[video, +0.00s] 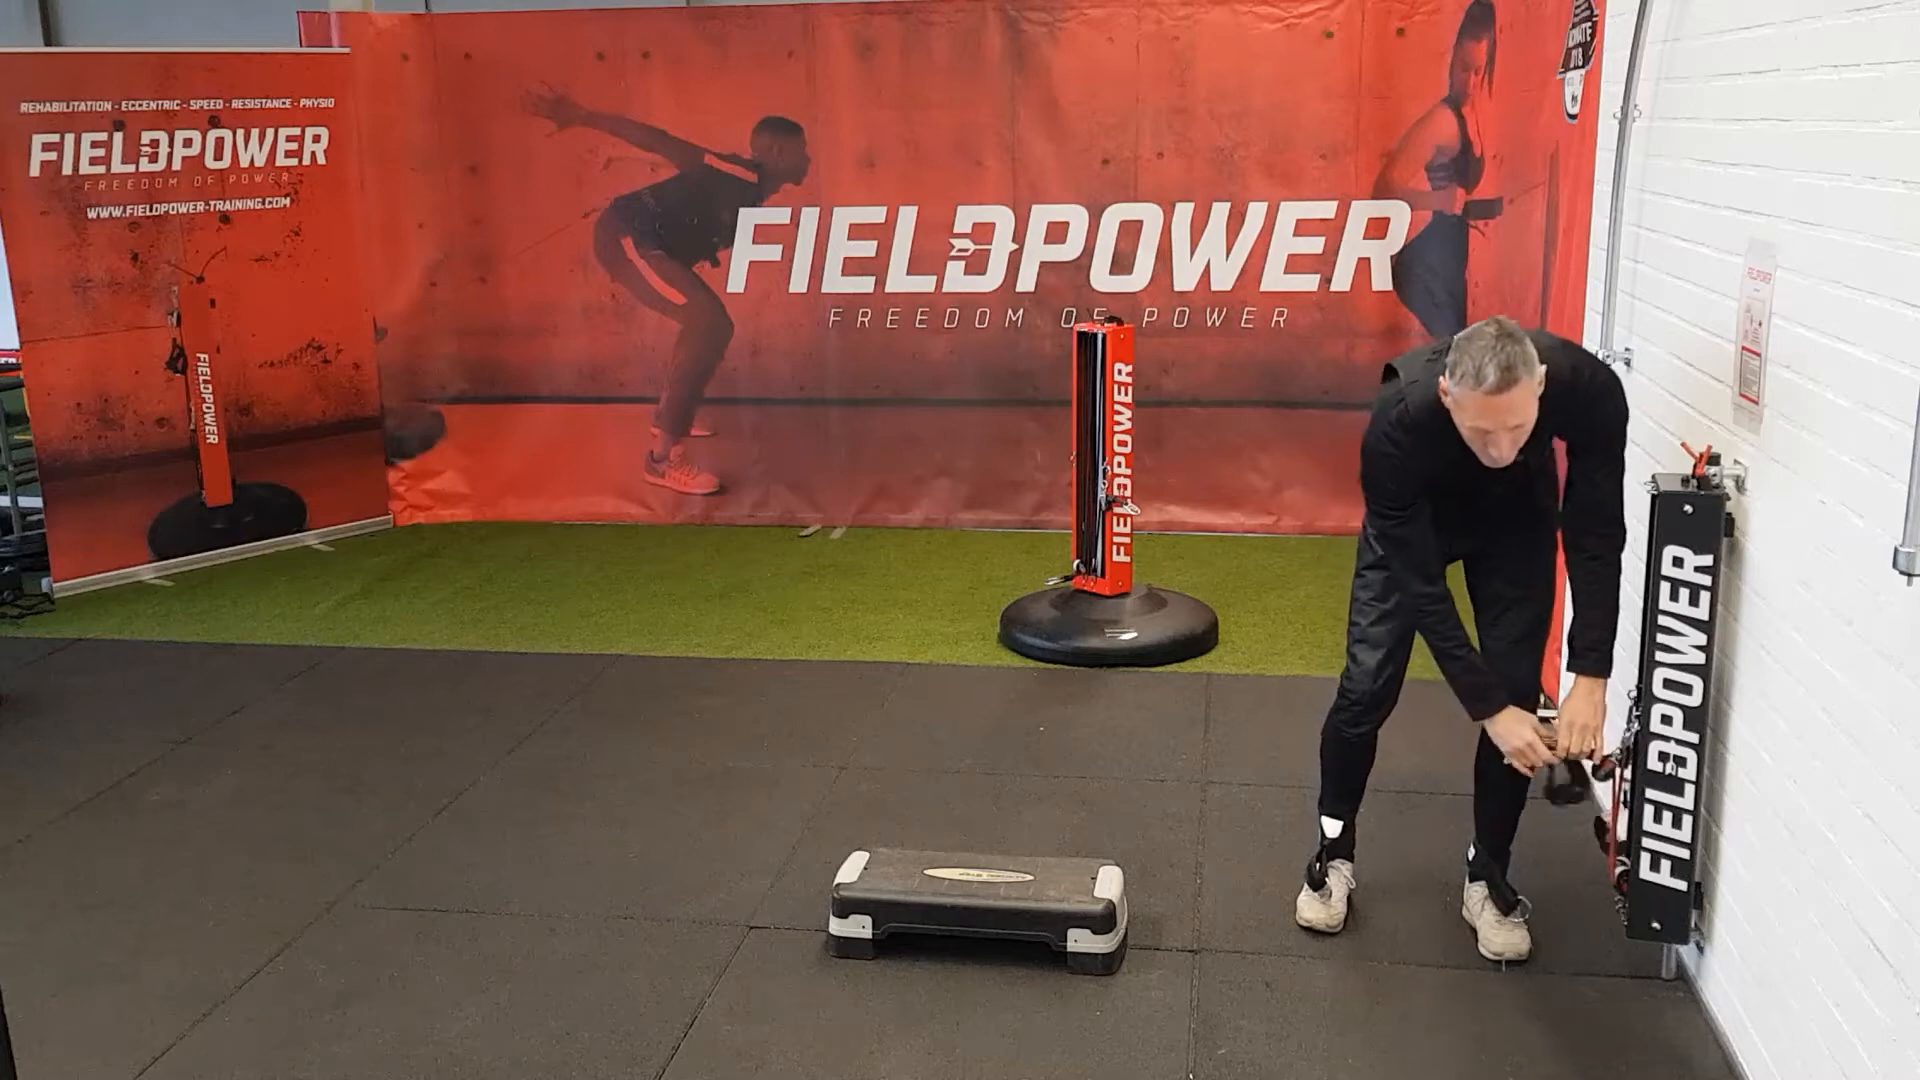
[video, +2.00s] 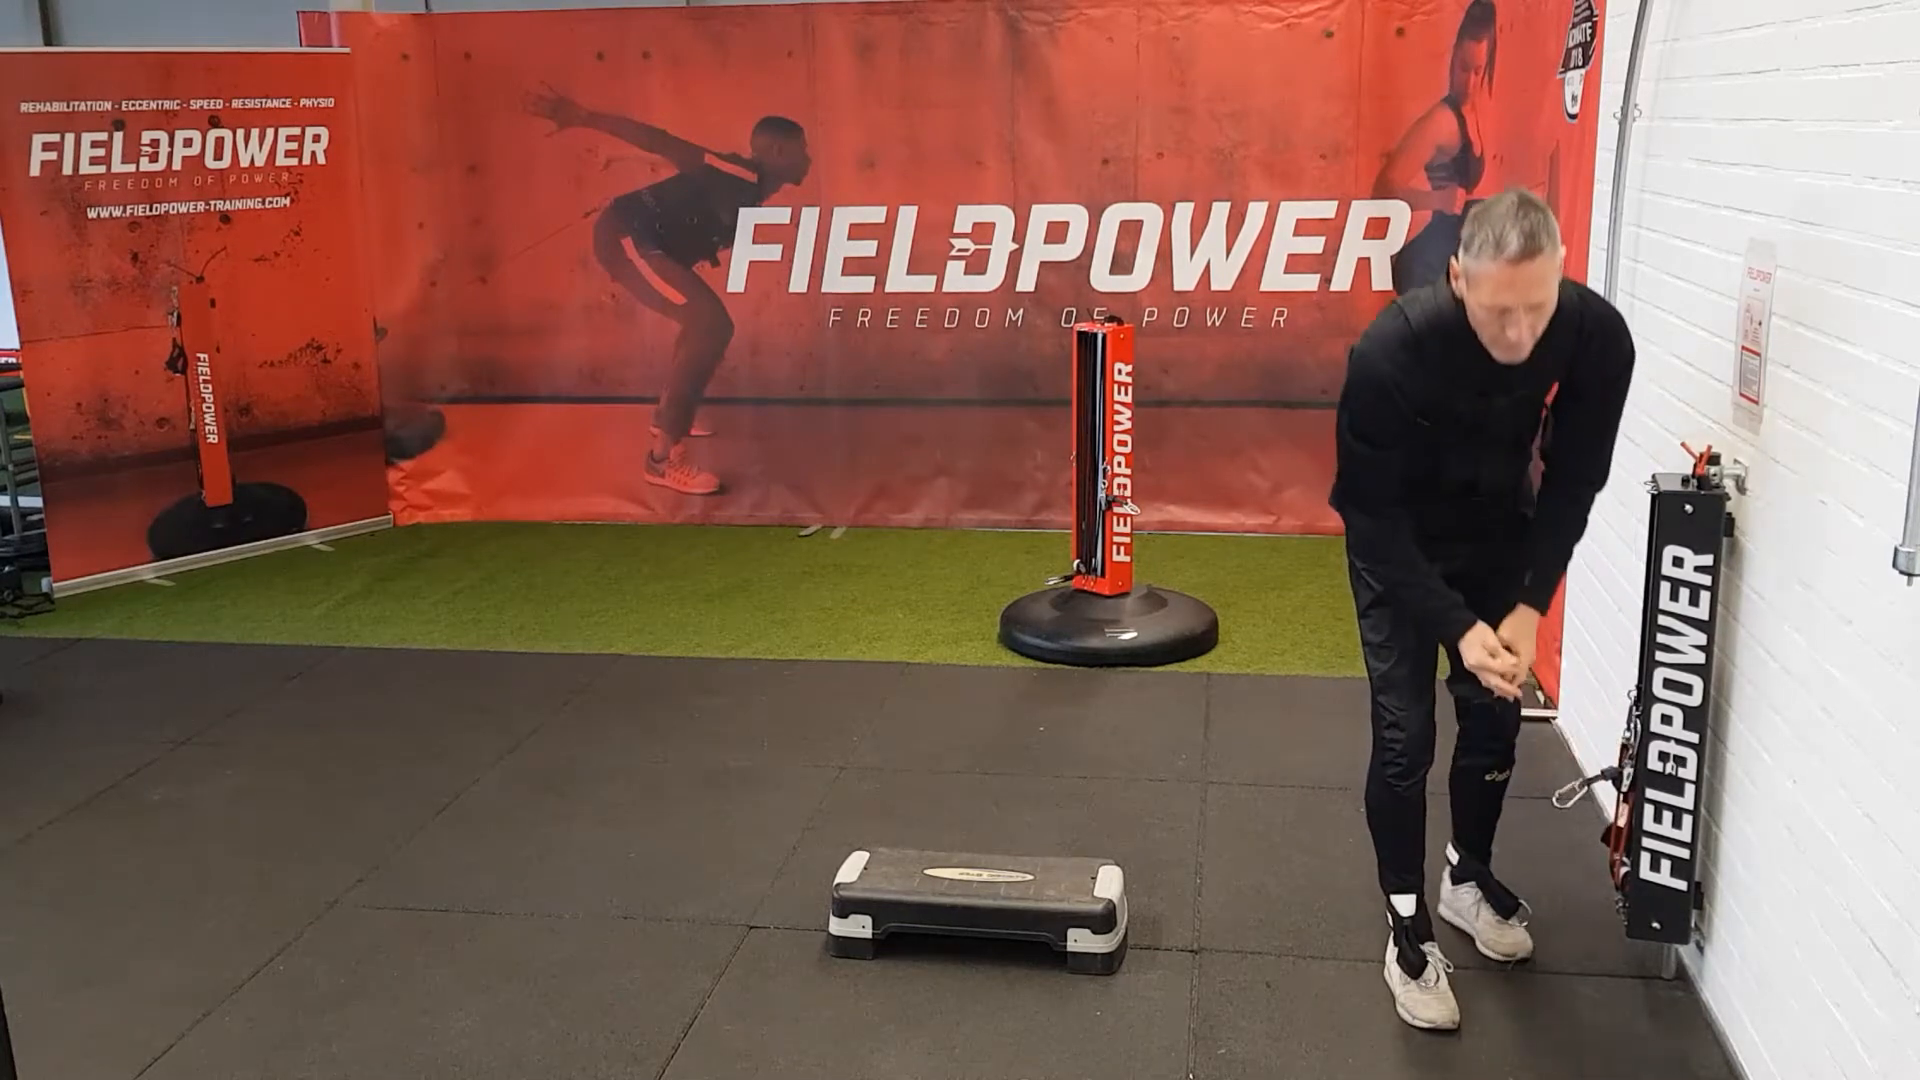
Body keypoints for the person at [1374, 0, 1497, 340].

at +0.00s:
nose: (1471, 81)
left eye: (1480, 72)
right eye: (1464, 69)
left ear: (1488, 72)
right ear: (1450, 66)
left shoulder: (1466, 118)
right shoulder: (1440, 120)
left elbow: (1436, 187)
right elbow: (1388, 186)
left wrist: (1471, 209)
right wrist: (1439, 200)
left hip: (1446, 253)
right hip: (1425, 256)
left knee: (1454, 344)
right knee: (1447, 345)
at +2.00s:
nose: (1470, 84)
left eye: (1479, 72)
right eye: (1463, 70)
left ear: (1490, 69)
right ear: (1448, 65)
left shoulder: (1473, 115)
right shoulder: (1440, 120)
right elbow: (1390, 185)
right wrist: (1438, 199)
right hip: (1426, 249)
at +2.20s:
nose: (1471, 81)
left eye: (1480, 71)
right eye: (1464, 69)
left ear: (1489, 70)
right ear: (1450, 66)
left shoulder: (1473, 115)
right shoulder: (1440, 121)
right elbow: (1385, 189)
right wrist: (1442, 200)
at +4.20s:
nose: (1473, 80)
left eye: (1483, 70)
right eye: (1466, 68)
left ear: (1493, 70)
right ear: (1452, 64)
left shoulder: (1470, 119)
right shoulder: (1442, 120)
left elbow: (1437, 187)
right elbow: (1387, 188)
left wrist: (1469, 212)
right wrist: (1440, 199)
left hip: (1446, 256)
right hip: (1425, 258)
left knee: (1450, 357)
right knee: (1442, 359)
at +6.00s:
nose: (1471, 81)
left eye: (1482, 71)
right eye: (1464, 68)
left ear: (1492, 73)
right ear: (1450, 66)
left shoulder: (1469, 121)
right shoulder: (1440, 121)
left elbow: (1440, 194)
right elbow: (1387, 188)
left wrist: (1474, 211)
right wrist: (1437, 199)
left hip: (1447, 257)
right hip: (1424, 260)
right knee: (1451, 358)